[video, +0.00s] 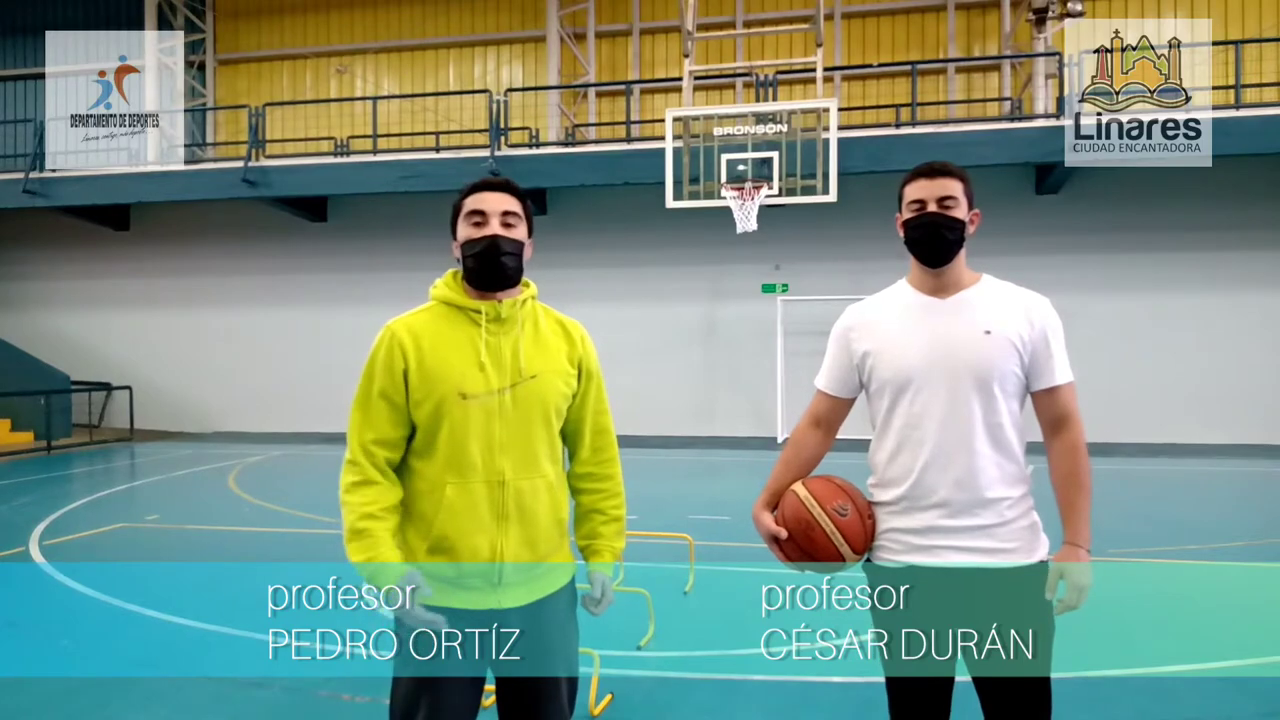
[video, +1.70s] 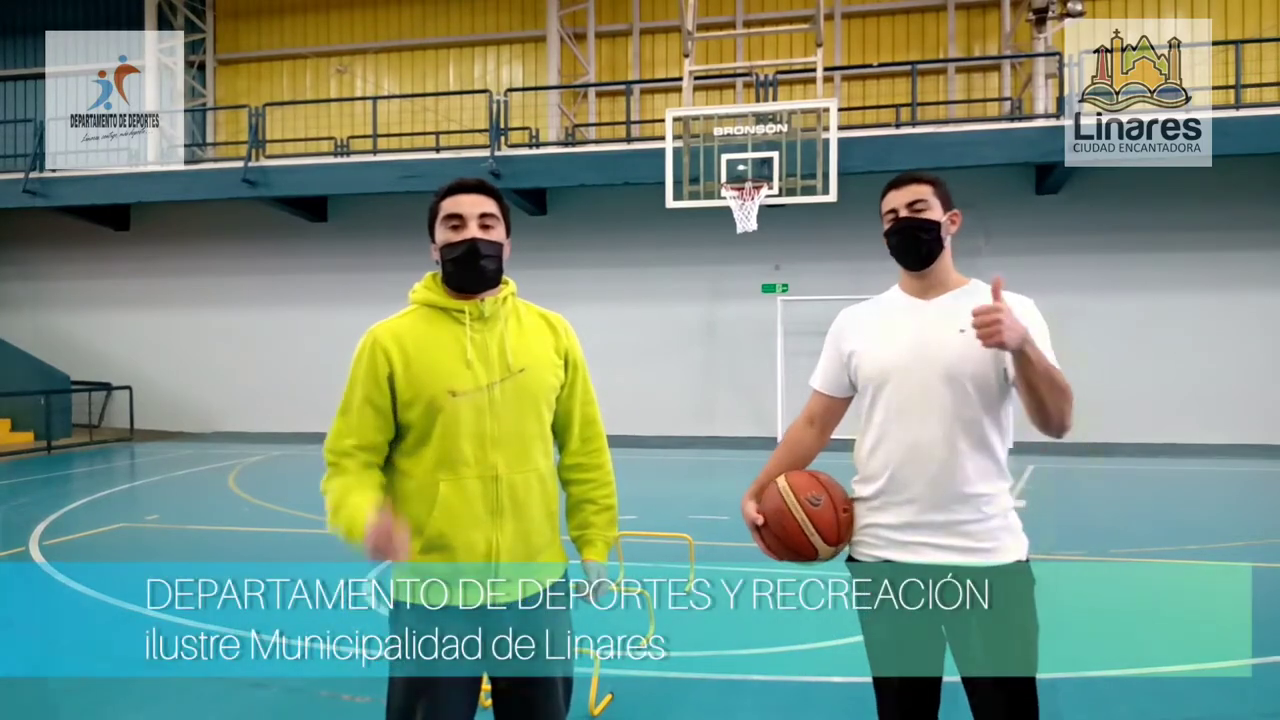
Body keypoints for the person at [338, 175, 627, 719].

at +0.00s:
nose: (493, 230)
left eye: (509, 221)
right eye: (476, 220)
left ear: (527, 245)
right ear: (454, 244)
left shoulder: (567, 340)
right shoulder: (407, 339)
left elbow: (596, 459)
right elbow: (369, 464)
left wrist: (601, 555)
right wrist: (382, 566)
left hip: (542, 592)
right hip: (438, 595)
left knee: (548, 713)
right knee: (431, 714)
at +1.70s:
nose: (471, 234)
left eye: (487, 223)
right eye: (454, 224)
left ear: (507, 243)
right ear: (434, 246)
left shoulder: (551, 335)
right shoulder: (390, 343)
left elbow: (585, 452)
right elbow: (350, 461)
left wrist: (595, 552)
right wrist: (370, 519)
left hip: (536, 588)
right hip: (434, 592)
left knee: (542, 712)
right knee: (428, 714)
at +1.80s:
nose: (472, 234)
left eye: (487, 223)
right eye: (454, 223)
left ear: (507, 242)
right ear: (435, 244)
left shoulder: (553, 335)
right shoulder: (391, 341)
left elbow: (587, 453)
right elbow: (345, 471)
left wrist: (598, 556)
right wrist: (372, 446)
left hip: (537, 587)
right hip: (434, 590)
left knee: (542, 712)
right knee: (427, 713)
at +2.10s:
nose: (477, 234)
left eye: (492, 222)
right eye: (461, 223)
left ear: (513, 238)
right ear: (441, 240)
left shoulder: (554, 336)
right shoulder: (398, 337)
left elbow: (592, 463)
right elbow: (350, 452)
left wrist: (605, 569)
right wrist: (389, 418)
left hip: (537, 572)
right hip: (432, 572)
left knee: (539, 706)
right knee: (436, 706)